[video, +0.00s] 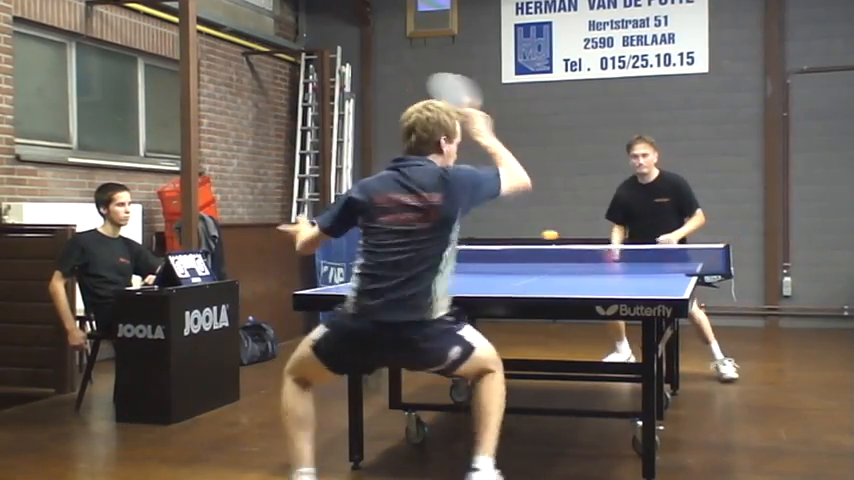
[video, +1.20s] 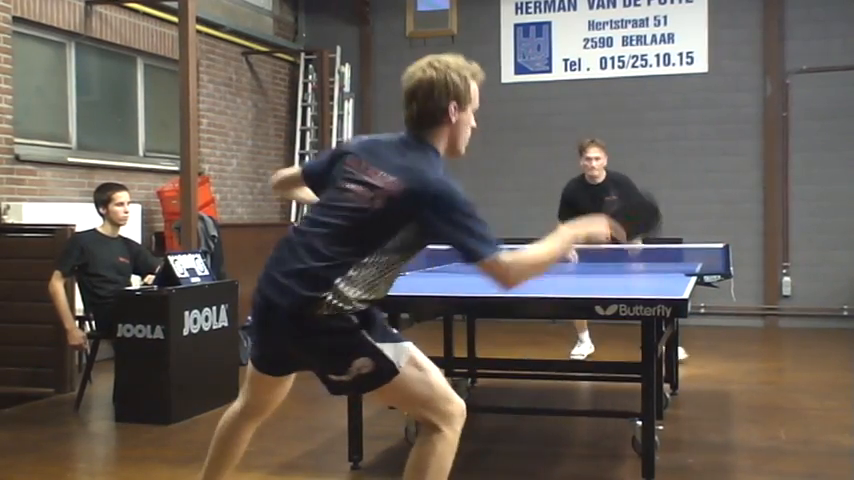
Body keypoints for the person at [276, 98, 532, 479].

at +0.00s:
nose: (457, 150)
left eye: (457, 142)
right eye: (456, 142)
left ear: (410, 140)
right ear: (442, 143)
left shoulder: (367, 189)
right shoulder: (454, 182)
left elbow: (306, 243)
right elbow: (520, 179)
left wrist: (302, 230)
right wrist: (485, 135)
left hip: (359, 326)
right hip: (422, 329)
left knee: (297, 378)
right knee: (490, 369)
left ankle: (303, 473)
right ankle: (483, 467)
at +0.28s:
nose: (436, 125)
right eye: (436, 121)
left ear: (392, 127)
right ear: (436, 129)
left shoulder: (363, 175)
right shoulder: (457, 176)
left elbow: (305, 233)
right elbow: (502, 231)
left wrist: (286, 233)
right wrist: (480, 204)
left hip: (377, 316)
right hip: (443, 317)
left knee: (296, 377)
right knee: (492, 389)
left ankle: (316, 474)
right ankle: (547, 471)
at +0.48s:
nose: (448, 127)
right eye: (447, 120)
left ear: (397, 121)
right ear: (442, 127)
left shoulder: (356, 165)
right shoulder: (442, 184)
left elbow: (286, 217)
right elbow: (473, 274)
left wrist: (327, 219)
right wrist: (523, 274)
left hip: (320, 312)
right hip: (384, 317)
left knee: (273, 394)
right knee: (473, 392)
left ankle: (236, 475)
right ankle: (483, 476)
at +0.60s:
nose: (446, 169)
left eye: (446, 160)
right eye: (448, 161)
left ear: (398, 155)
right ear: (440, 165)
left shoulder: (352, 192)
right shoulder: (405, 218)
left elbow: (295, 233)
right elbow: (410, 315)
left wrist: (342, 255)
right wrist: (490, 347)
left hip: (298, 337)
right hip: (353, 346)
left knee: (260, 420)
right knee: (469, 405)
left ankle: (213, 478)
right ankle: (480, 475)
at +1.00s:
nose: (474, 184)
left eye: (478, 174)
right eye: (475, 173)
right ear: (449, 170)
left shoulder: (392, 189)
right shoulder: (382, 220)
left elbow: (352, 233)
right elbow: (362, 330)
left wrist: (404, 241)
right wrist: (440, 358)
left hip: (280, 321)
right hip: (301, 335)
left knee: (282, 422)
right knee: (443, 411)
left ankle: (213, 478)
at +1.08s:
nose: (480, 162)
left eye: (482, 151)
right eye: (479, 150)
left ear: (437, 145)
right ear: (450, 148)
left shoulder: (385, 174)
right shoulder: (405, 210)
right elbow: (423, 321)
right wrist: (514, 333)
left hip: (278, 313)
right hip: (317, 330)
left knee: (265, 416)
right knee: (449, 415)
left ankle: (209, 479)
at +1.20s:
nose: (476, 121)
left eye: (475, 109)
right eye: (473, 110)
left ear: (419, 109)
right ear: (452, 114)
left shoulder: (358, 148)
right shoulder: (434, 185)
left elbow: (283, 183)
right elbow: (508, 273)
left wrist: (324, 199)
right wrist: (569, 232)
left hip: (274, 298)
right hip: (330, 316)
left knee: (251, 406)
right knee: (447, 414)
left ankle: (209, 477)